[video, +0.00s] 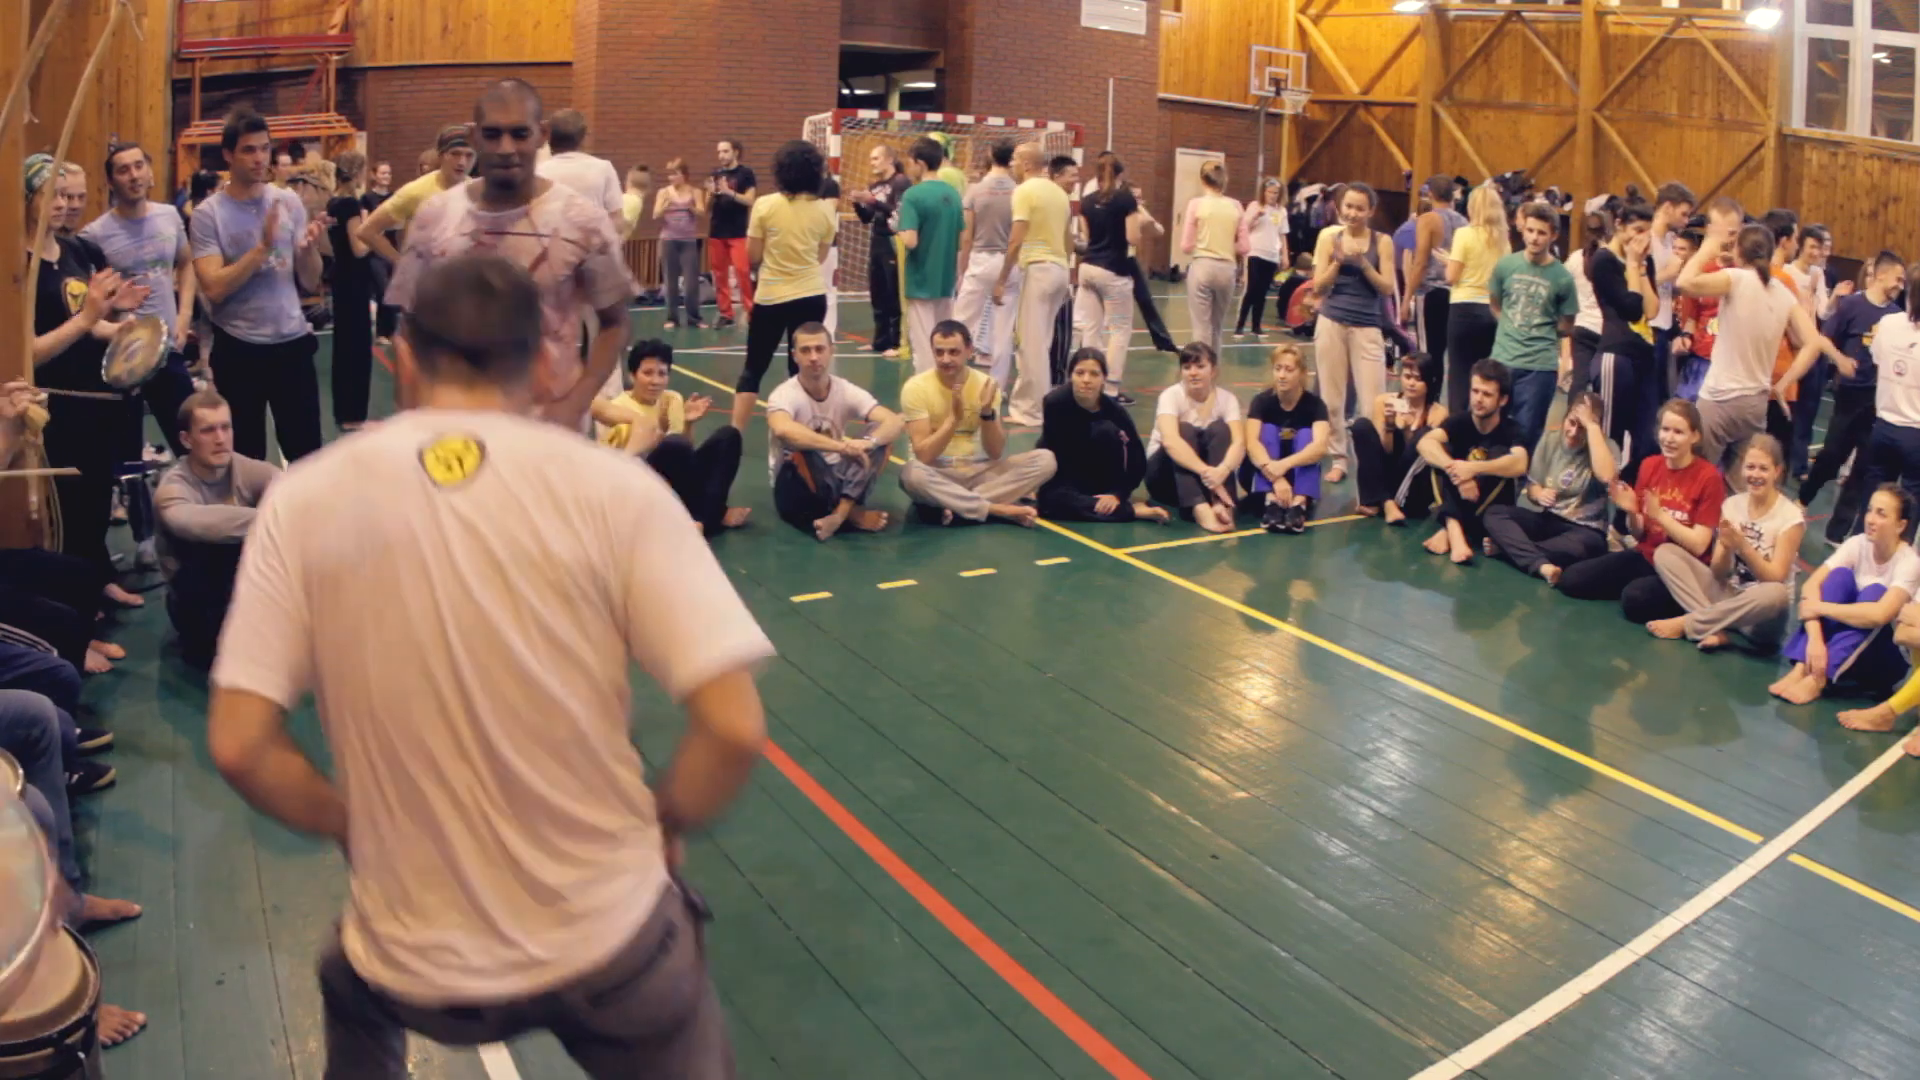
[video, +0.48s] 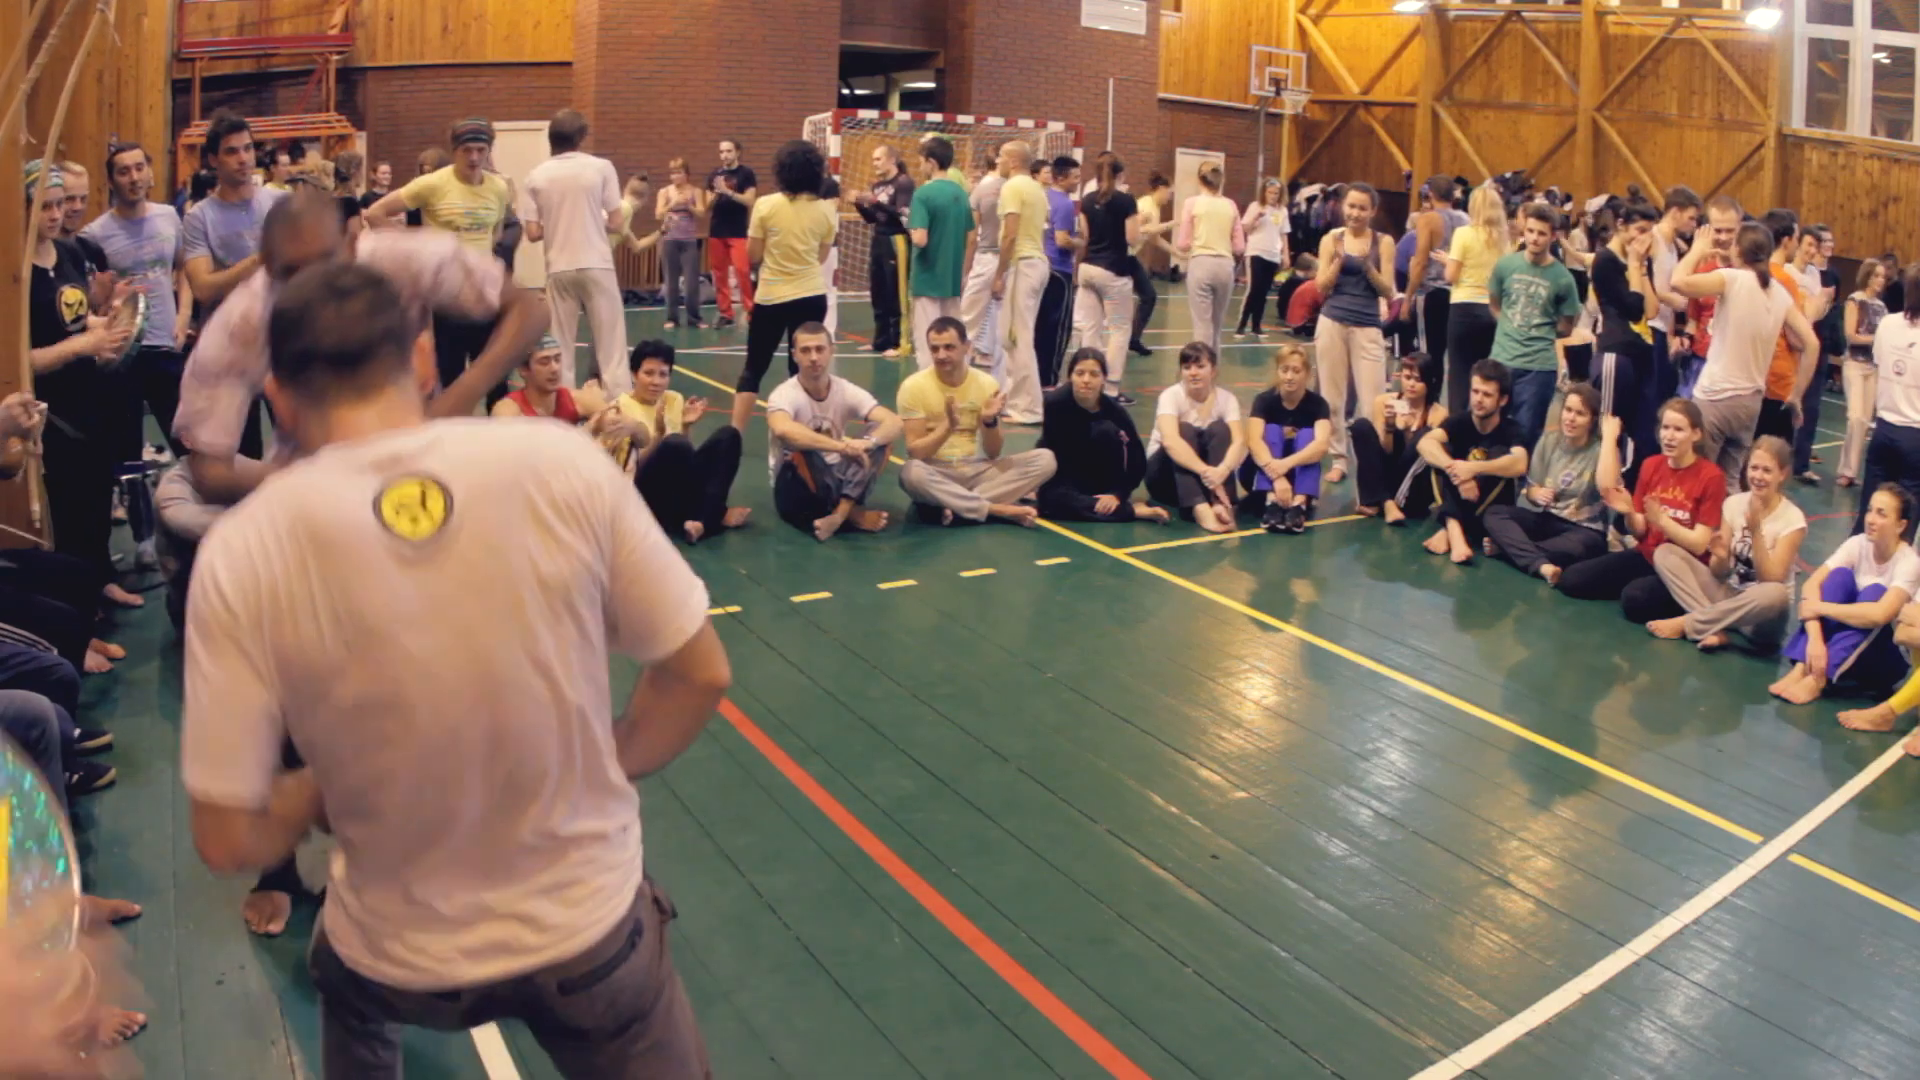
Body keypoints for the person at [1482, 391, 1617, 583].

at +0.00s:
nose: (1573, 433)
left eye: (1582, 428)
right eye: (1572, 423)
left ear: (1595, 429)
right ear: (1565, 418)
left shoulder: (1606, 447)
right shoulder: (1550, 439)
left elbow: (1606, 476)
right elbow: (1532, 486)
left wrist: (1592, 426)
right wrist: (1540, 494)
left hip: (1580, 528)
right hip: (1541, 517)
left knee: (1587, 545)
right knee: (1494, 513)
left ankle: (1509, 549)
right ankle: (1539, 565)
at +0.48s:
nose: (1571, 418)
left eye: (1580, 414)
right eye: (1568, 410)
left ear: (1593, 420)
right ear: (1561, 411)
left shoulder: (1601, 452)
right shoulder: (1548, 440)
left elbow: (1606, 488)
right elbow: (1530, 488)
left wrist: (1609, 439)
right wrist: (1536, 493)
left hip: (1579, 528)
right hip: (1539, 518)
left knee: (1578, 548)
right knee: (1494, 514)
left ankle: (1508, 549)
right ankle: (1539, 565)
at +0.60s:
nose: (1569, 417)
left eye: (1578, 412)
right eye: (1566, 409)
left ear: (1592, 417)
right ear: (1560, 411)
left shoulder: (1603, 451)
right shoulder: (1548, 440)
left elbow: (1608, 504)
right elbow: (1530, 488)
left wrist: (1611, 454)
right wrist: (1536, 493)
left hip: (1578, 528)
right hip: (1541, 518)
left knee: (1576, 548)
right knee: (1494, 514)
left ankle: (1508, 549)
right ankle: (1539, 566)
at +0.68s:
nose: (1568, 418)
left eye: (1576, 412)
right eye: (1565, 410)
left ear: (1591, 417)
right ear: (1559, 412)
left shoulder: (1605, 454)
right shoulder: (1548, 440)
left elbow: (1608, 508)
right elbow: (1530, 487)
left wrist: (1608, 467)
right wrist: (1536, 493)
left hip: (1580, 529)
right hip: (1542, 518)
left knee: (1575, 549)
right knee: (1494, 514)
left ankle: (1509, 549)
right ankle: (1539, 565)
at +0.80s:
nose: (1568, 420)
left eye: (1576, 415)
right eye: (1564, 412)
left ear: (1591, 419)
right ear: (1559, 413)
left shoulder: (1608, 456)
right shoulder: (1548, 442)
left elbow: (1615, 511)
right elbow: (1530, 489)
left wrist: (1597, 490)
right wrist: (1534, 494)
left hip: (1582, 529)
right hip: (1544, 518)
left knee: (1574, 549)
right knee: (1494, 514)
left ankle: (1509, 549)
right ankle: (1539, 566)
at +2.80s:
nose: (1570, 419)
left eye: (1578, 413)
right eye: (1566, 412)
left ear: (1593, 418)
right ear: (1560, 414)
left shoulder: (1607, 453)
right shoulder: (1549, 442)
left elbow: (1616, 505)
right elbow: (1534, 497)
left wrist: (1588, 501)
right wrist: (1538, 488)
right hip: (1551, 518)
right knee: (1511, 531)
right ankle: (1537, 566)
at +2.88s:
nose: (1570, 419)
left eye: (1578, 412)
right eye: (1565, 411)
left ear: (1593, 417)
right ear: (1559, 414)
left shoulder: (1608, 454)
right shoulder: (1550, 443)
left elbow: (1611, 505)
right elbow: (1534, 490)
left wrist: (1573, 498)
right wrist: (1552, 491)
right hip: (1551, 519)